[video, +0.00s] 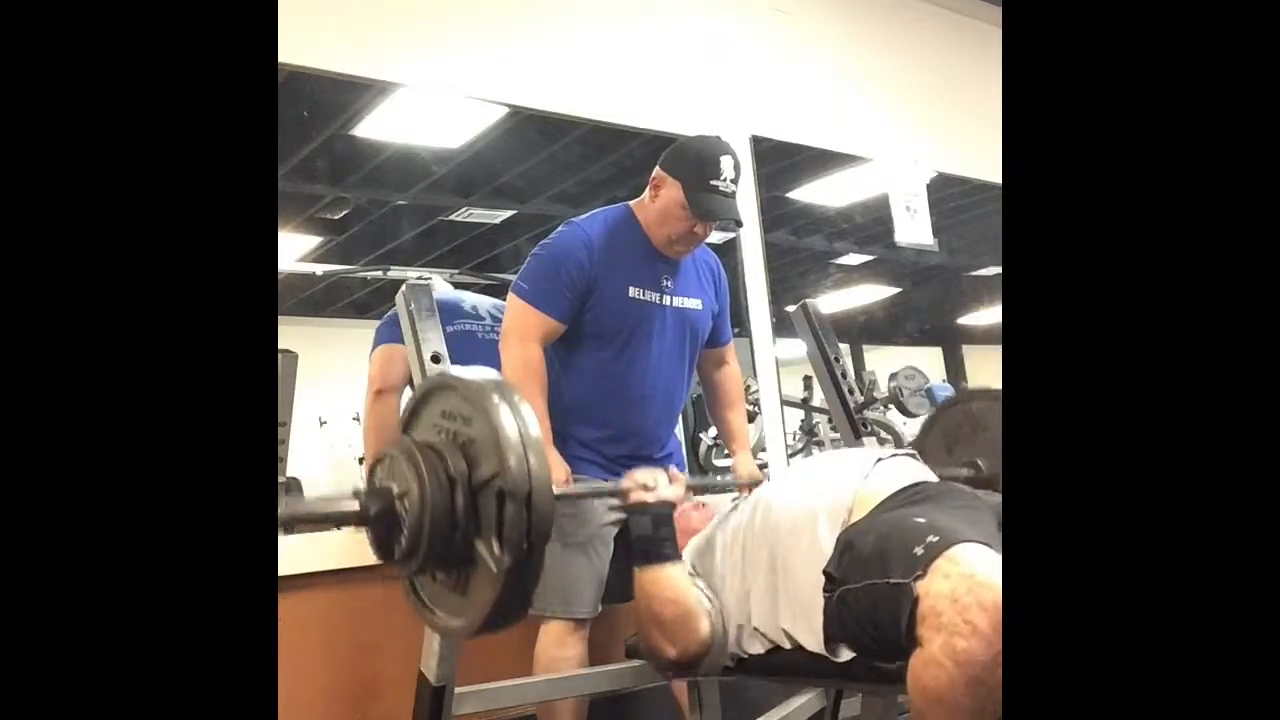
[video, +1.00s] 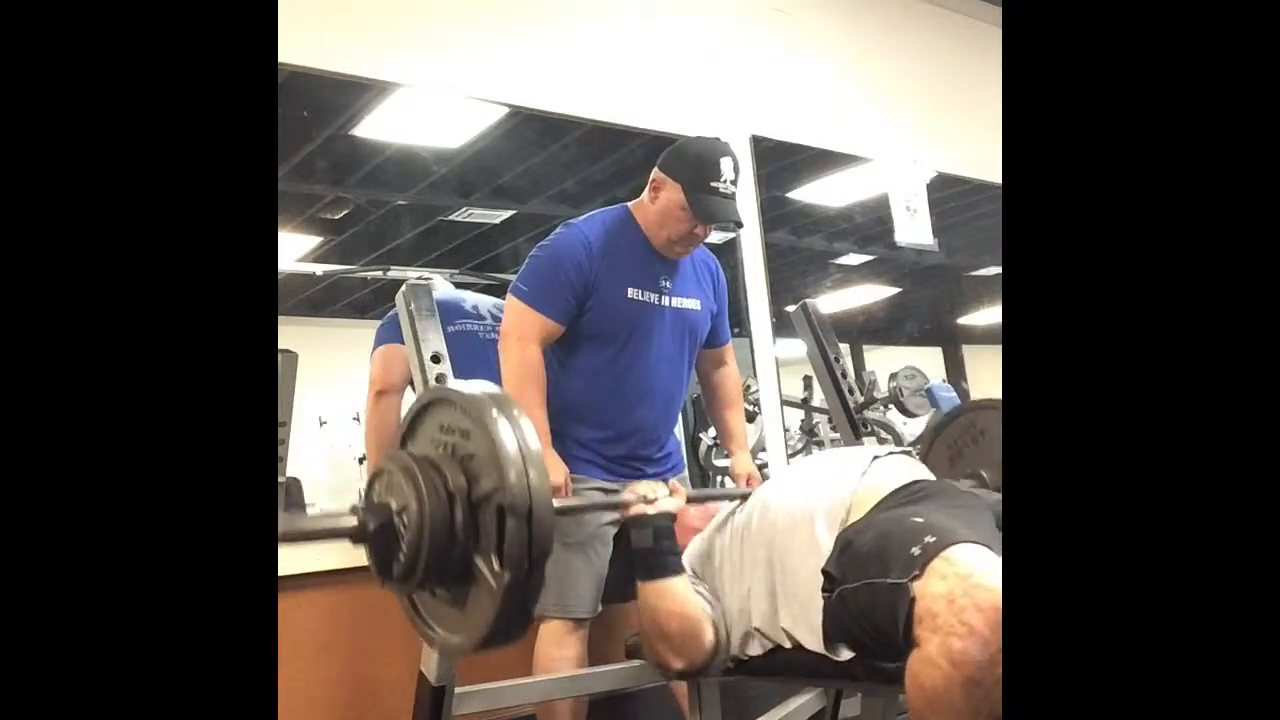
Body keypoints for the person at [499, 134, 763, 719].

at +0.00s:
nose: (705, 230)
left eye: (715, 220)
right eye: (696, 213)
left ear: (724, 216)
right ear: (658, 187)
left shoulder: (708, 270)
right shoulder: (580, 246)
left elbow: (720, 365)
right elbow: (521, 341)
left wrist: (741, 450)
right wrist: (542, 449)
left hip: (661, 466)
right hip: (578, 464)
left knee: (658, 613)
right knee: (571, 618)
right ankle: (563, 715)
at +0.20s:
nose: (704, 228)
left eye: (713, 218)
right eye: (695, 211)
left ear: (721, 213)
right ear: (656, 186)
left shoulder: (707, 269)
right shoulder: (579, 246)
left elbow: (719, 364)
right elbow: (521, 338)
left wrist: (740, 448)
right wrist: (540, 443)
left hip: (662, 469)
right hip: (581, 468)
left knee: (663, 612)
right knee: (571, 619)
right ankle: (564, 716)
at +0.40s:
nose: (704, 227)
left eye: (713, 217)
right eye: (696, 211)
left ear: (722, 213)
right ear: (656, 186)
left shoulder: (706, 268)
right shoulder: (579, 246)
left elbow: (720, 364)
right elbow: (520, 339)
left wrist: (741, 450)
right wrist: (536, 445)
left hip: (662, 471)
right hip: (581, 468)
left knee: (638, 611)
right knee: (570, 621)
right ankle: (562, 717)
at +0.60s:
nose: (703, 231)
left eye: (713, 221)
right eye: (695, 214)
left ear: (721, 215)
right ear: (657, 187)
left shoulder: (706, 270)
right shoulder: (579, 247)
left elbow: (718, 364)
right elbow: (520, 340)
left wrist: (739, 449)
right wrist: (542, 448)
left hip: (664, 477)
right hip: (580, 473)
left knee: (666, 617)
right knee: (569, 621)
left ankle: (674, 713)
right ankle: (564, 718)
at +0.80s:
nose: (703, 232)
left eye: (712, 222)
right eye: (695, 215)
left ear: (721, 217)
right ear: (657, 189)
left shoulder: (706, 270)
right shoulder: (579, 247)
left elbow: (718, 365)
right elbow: (521, 340)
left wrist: (738, 451)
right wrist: (540, 449)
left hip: (659, 467)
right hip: (576, 465)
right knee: (569, 619)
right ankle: (560, 715)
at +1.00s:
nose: (704, 232)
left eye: (713, 222)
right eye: (696, 215)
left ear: (721, 217)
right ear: (657, 188)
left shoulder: (707, 271)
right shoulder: (579, 247)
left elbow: (718, 366)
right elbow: (520, 340)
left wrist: (739, 451)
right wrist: (540, 448)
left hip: (662, 469)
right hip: (578, 466)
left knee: (674, 617)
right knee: (569, 620)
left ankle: (690, 711)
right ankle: (561, 715)